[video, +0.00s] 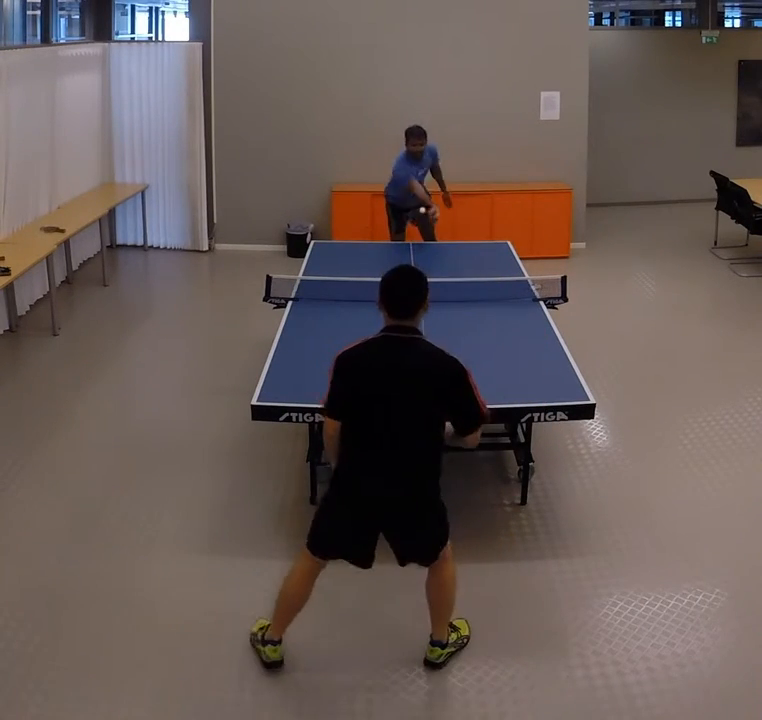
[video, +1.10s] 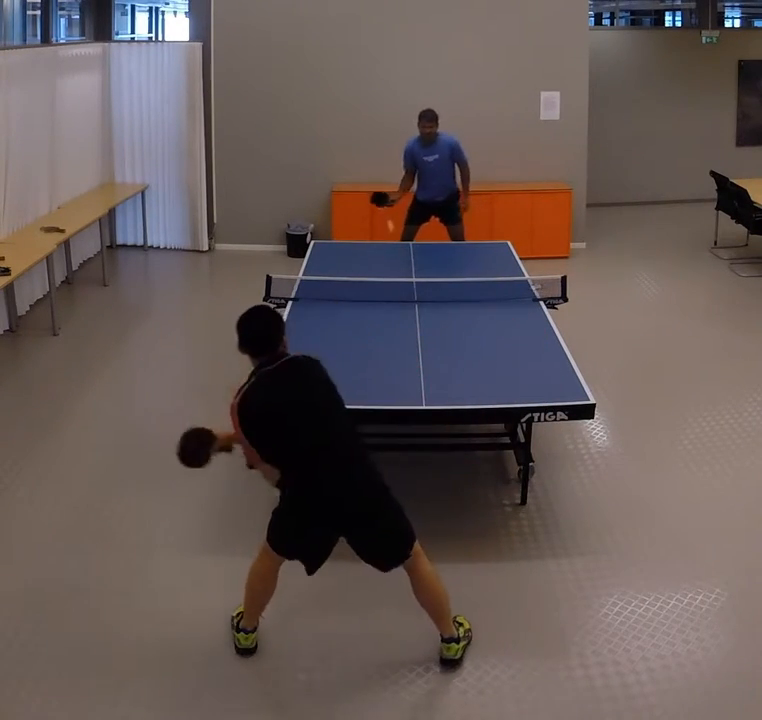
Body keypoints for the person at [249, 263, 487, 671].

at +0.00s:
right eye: (421, 299)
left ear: (380, 304)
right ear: (425, 305)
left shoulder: (350, 360)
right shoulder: (446, 367)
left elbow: (333, 431)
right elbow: (471, 436)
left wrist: (339, 465)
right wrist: (444, 427)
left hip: (354, 487)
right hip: (414, 491)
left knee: (313, 558)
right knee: (440, 556)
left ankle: (272, 640)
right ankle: (440, 640)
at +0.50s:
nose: (426, 308)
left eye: (424, 302)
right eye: (425, 302)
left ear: (379, 303)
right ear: (420, 307)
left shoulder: (343, 350)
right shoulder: (427, 370)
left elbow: (306, 407)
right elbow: (456, 428)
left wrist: (326, 433)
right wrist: (471, 407)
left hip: (334, 480)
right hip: (390, 487)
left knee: (295, 549)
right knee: (424, 555)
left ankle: (252, 621)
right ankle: (443, 638)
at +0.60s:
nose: (427, 318)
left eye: (425, 309)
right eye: (426, 310)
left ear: (381, 310)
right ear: (419, 315)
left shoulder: (344, 354)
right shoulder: (420, 386)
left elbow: (300, 400)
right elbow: (446, 460)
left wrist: (314, 431)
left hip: (322, 483)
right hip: (378, 495)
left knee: (288, 547)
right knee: (423, 555)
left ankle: (249, 624)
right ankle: (440, 640)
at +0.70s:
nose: (409, 320)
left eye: (408, 312)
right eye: (407, 313)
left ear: (364, 317)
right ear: (394, 317)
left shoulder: (331, 361)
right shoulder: (400, 381)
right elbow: (427, 455)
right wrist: (489, 488)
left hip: (315, 487)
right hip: (371, 496)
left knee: (283, 546)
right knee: (426, 553)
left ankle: (247, 626)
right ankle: (441, 641)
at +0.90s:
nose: (317, 327)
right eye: (314, 324)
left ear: (276, 346)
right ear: (313, 333)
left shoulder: (273, 400)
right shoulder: (351, 365)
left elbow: (275, 473)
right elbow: (378, 350)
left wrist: (296, 490)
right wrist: (368, 333)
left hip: (312, 499)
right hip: (370, 493)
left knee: (276, 559)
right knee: (416, 559)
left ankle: (246, 629)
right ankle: (444, 642)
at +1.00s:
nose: (293, 341)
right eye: (291, 337)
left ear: (252, 355)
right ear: (292, 342)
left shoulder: (256, 414)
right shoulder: (318, 366)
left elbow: (279, 469)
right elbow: (276, 385)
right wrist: (223, 397)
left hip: (314, 498)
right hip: (367, 482)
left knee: (277, 560)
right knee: (416, 555)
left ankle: (246, 629)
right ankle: (448, 639)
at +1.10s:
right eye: (277, 331)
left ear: (243, 348)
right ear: (282, 337)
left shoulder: (245, 403)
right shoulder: (310, 367)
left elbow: (267, 467)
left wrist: (289, 483)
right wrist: (233, 439)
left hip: (306, 495)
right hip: (358, 482)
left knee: (270, 556)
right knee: (412, 555)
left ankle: (246, 629)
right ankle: (451, 638)